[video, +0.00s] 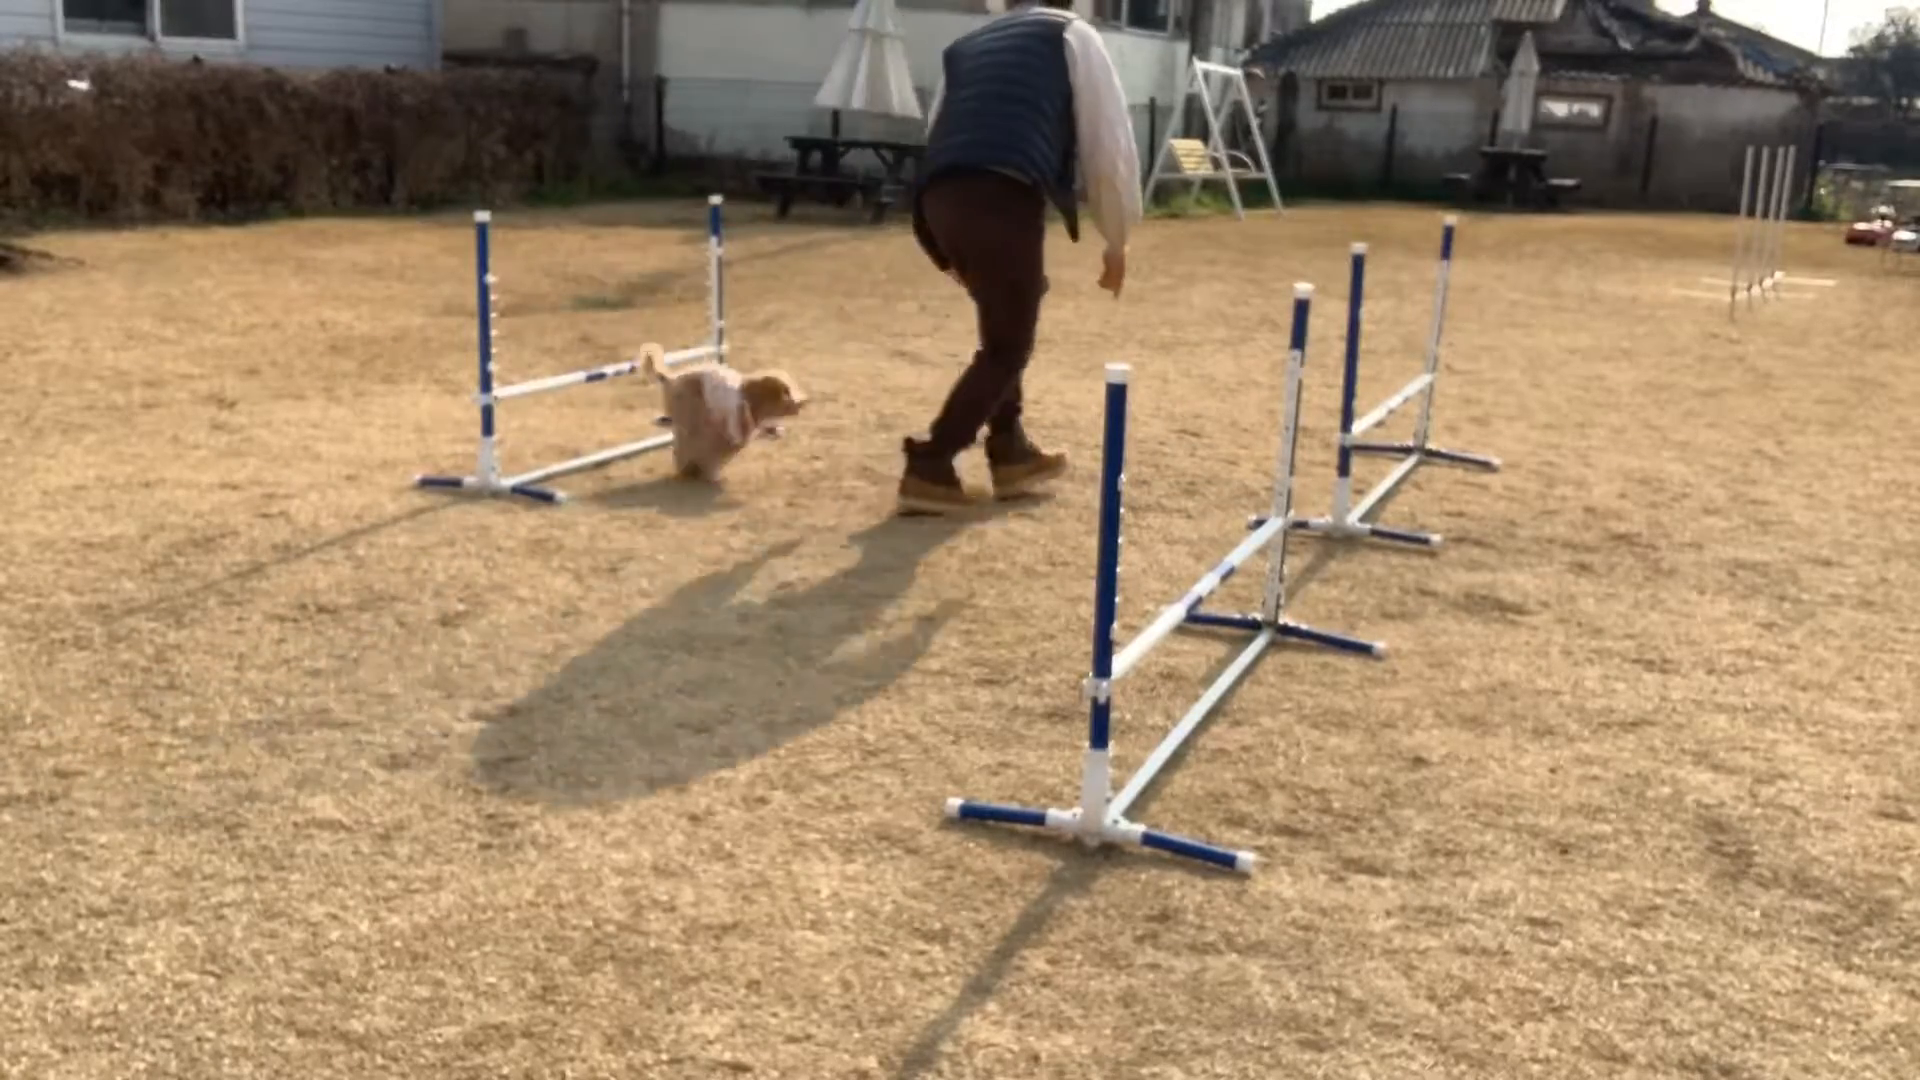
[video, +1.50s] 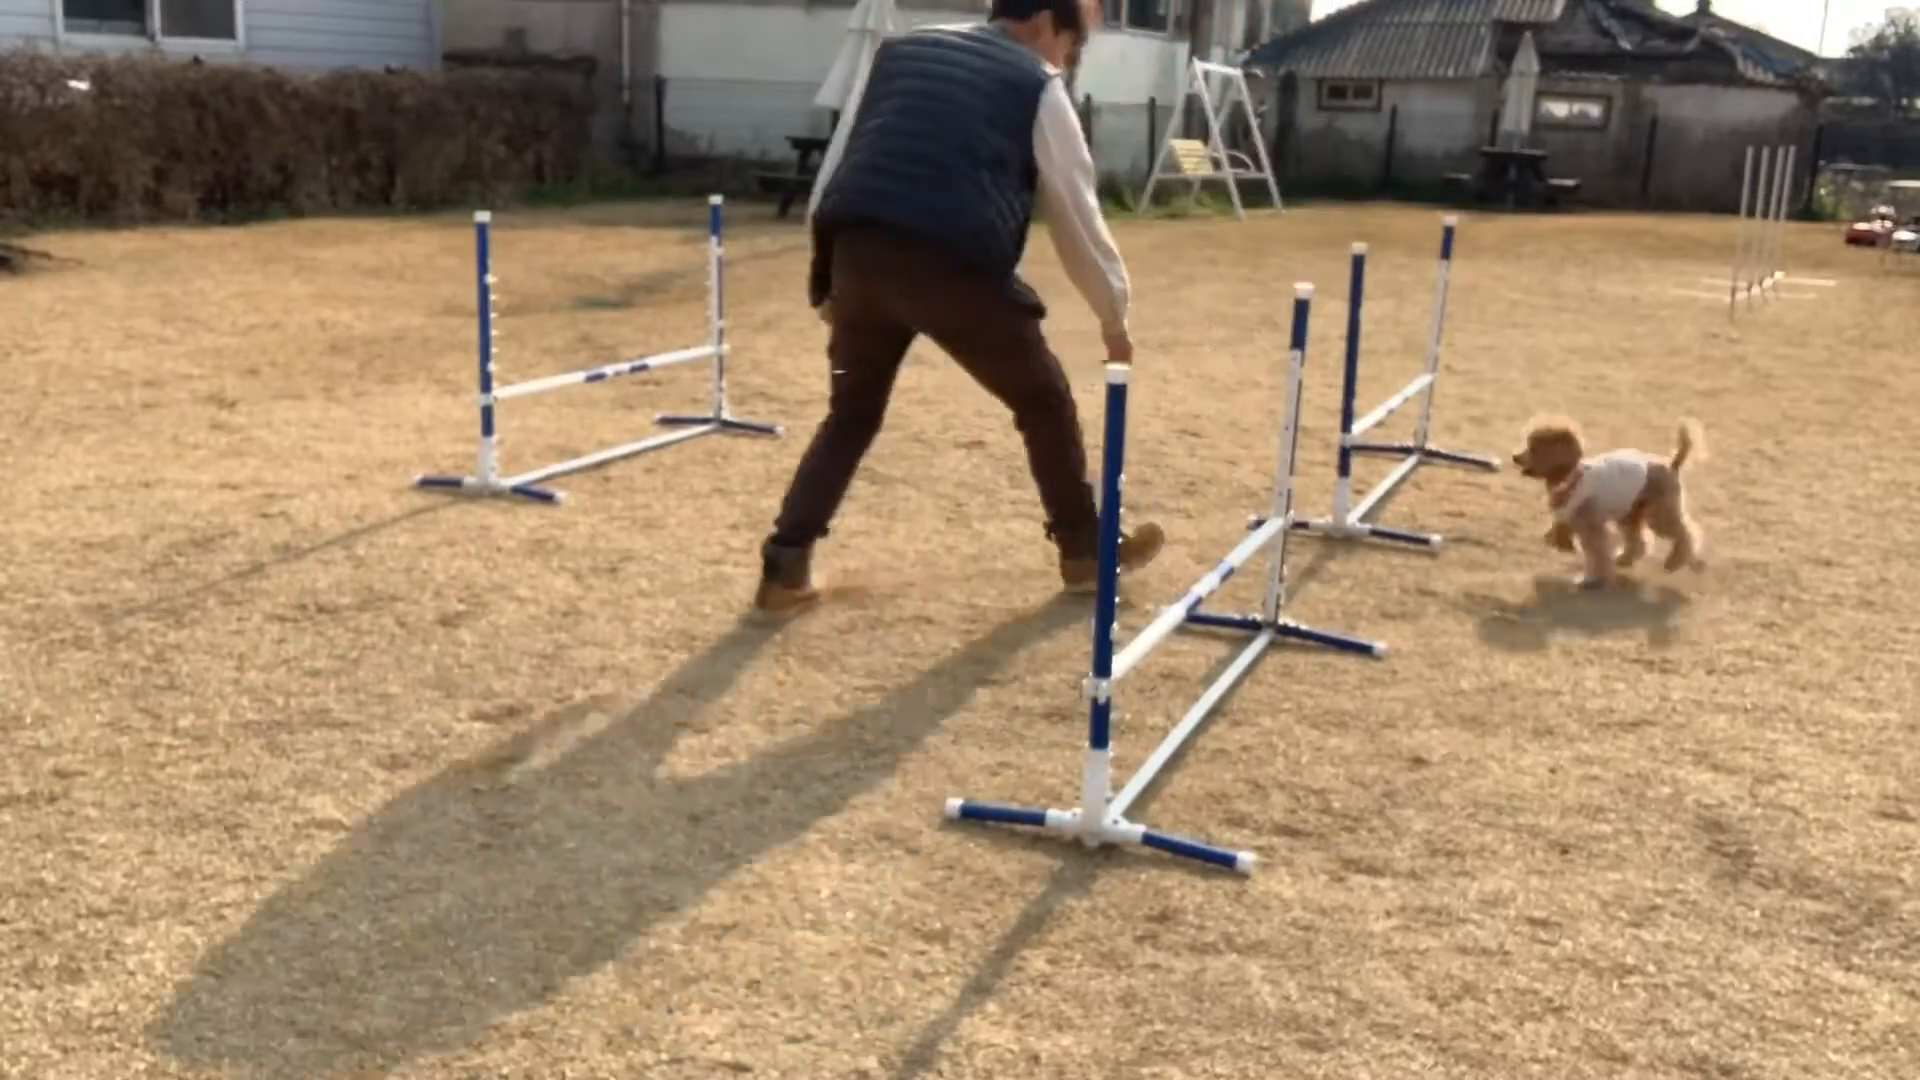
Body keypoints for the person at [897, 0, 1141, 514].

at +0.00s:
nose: (1079, 18)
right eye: (1078, 13)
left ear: (1009, 5)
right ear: (1064, 6)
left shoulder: (968, 43)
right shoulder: (1073, 32)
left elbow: (941, 135)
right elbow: (1107, 141)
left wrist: (947, 241)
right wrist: (1116, 243)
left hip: (938, 199)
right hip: (1002, 197)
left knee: (1005, 315)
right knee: (1005, 350)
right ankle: (931, 464)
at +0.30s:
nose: (1185, 28)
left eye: (1186, 22)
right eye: (1185, 19)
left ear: (1133, 7)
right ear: (1174, 12)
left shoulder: (1106, 43)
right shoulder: (1150, 30)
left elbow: (1111, 184)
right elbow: (1172, 144)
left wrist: (1176, 253)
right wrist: (1189, 247)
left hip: (1028, 193)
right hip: (1054, 195)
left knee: (1108, 337)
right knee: (1142, 342)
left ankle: (1077, 461)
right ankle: (1041, 455)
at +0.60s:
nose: (1286, 29)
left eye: (1294, 20)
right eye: (1292, 15)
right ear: (1267, 1)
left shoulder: (1236, 76)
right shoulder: (1202, 21)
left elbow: (1286, 158)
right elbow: (1187, 135)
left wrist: (1386, 177)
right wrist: (1235, 233)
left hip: (1167, 232)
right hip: (1119, 218)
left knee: (1171, 360)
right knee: (1182, 365)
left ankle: (1084, 458)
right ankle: (1211, 523)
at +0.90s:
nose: (1329, 17)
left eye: (1333, 8)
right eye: (1328, 3)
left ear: (1293, 4)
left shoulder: (1273, 62)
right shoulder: (1210, 25)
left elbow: (1290, 166)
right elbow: (1261, 132)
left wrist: (1339, 225)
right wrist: (1342, 210)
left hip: (1237, 244)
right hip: (1167, 236)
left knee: (1293, 372)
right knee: (1249, 370)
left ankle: (1271, 520)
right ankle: (1205, 509)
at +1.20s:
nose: (1251, 47)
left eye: (1260, 36)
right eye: (1256, 29)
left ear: (1202, 4)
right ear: (1227, 5)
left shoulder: (1120, 33)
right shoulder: (1192, 52)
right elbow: (1260, 176)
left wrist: (1165, 289)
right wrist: (1334, 280)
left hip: (1046, 228)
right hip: (1090, 239)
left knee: (1169, 371)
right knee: (1187, 388)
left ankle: (1138, 518)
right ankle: (1116, 543)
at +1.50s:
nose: (1062, 69)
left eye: (1070, 60)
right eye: (1067, 55)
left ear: (998, 16)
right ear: (1041, 23)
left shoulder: (901, 49)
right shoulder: (1036, 82)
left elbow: (832, 171)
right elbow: (1076, 215)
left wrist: (828, 274)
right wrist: (1114, 316)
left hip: (859, 251)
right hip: (954, 263)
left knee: (849, 417)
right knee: (1043, 401)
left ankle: (783, 566)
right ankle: (1083, 548)